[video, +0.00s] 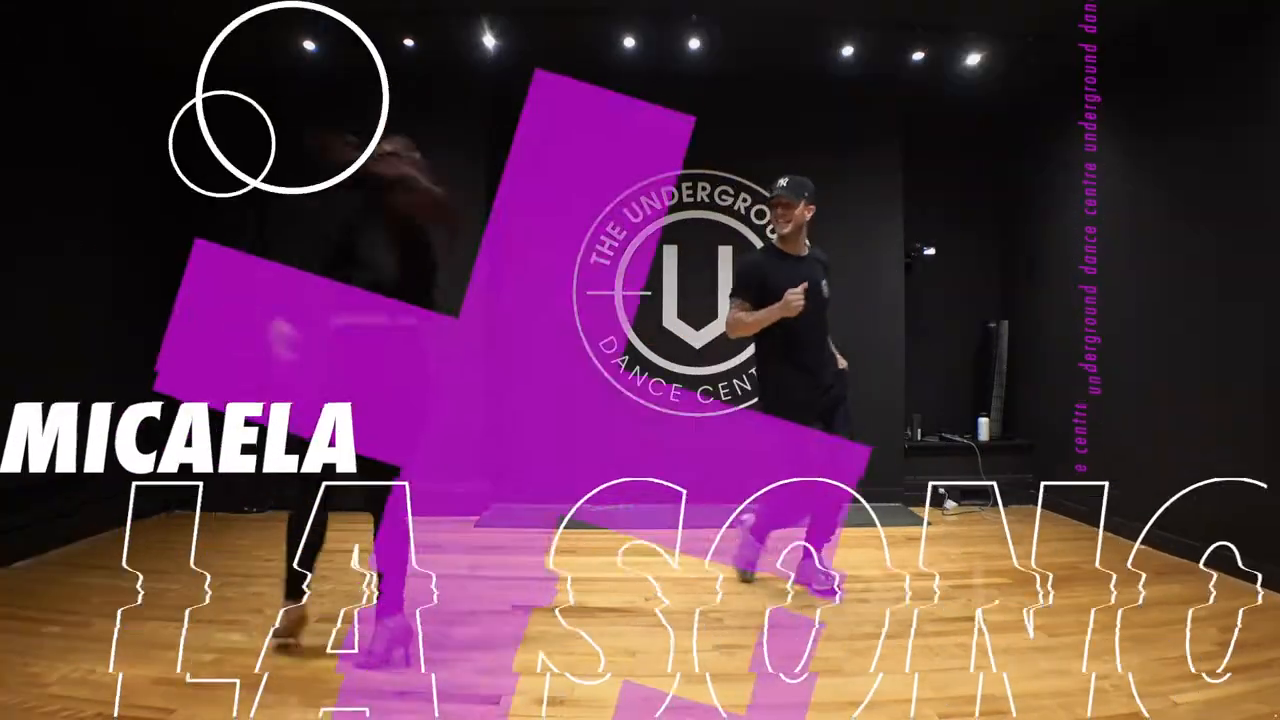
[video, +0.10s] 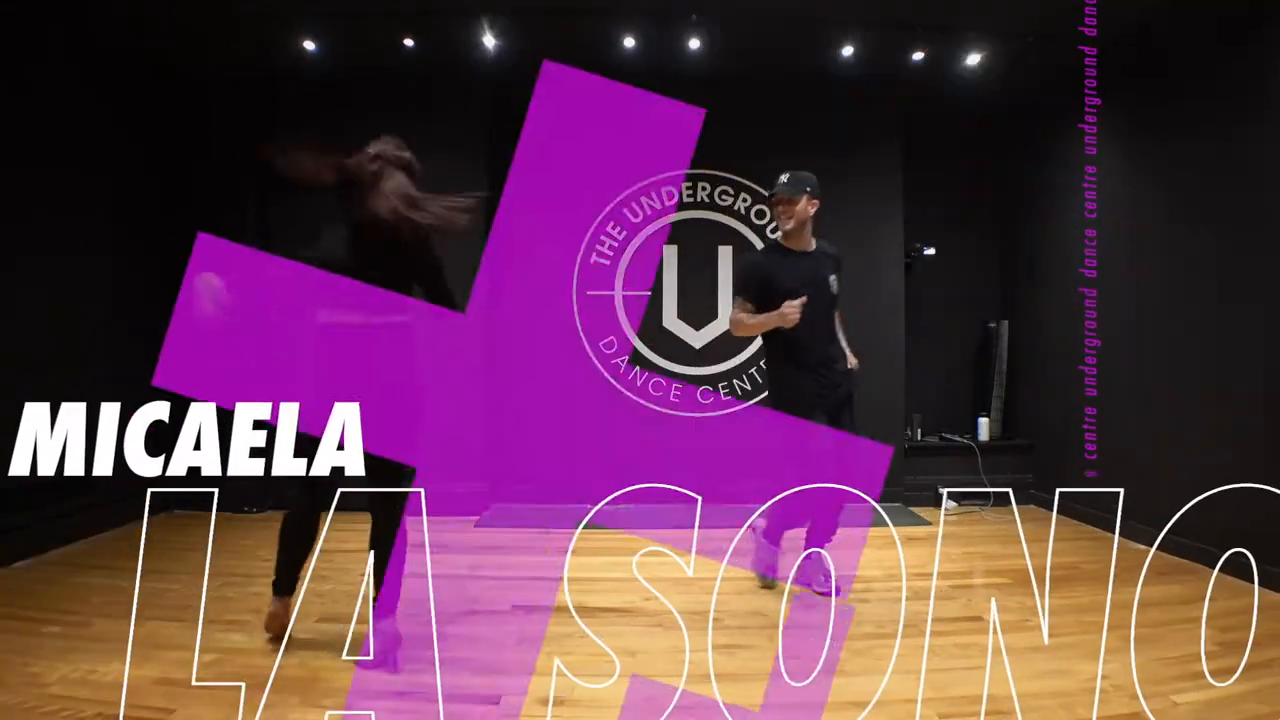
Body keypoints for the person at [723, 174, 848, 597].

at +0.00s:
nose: (779, 214)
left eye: (787, 207)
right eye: (774, 207)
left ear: (808, 211)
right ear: (769, 212)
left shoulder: (818, 262)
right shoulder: (755, 264)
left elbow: (813, 322)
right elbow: (733, 326)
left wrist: (834, 354)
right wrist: (779, 309)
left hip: (825, 382)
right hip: (780, 385)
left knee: (831, 474)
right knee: (785, 474)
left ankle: (813, 562)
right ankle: (754, 541)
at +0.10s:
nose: (782, 210)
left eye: (790, 202)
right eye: (777, 203)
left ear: (812, 205)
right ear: (772, 208)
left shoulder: (828, 257)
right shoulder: (758, 263)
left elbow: (831, 311)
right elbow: (737, 323)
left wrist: (846, 349)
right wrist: (776, 318)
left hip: (834, 380)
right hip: (789, 383)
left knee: (834, 473)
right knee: (796, 472)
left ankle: (815, 558)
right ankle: (768, 541)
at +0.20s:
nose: (781, 207)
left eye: (790, 199)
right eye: (778, 200)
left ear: (814, 201)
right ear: (775, 204)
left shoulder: (839, 253)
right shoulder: (763, 263)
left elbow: (845, 305)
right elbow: (743, 319)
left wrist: (855, 346)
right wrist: (765, 330)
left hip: (842, 380)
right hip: (798, 385)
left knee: (843, 473)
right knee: (825, 468)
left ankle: (813, 555)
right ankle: (784, 546)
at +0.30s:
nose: (780, 208)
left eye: (788, 199)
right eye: (777, 200)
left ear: (815, 199)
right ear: (777, 205)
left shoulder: (850, 249)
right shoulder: (772, 264)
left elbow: (865, 301)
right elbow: (753, 317)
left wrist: (870, 344)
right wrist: (748, 346)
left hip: (848, 382)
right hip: (801, 384)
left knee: (844, 478)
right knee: (820, 466)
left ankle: (814, 558)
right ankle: (821, 570)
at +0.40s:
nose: (777, 213)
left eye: (785, 202)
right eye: (774, 205)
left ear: (813, 200)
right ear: (777, 209)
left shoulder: (856, 252)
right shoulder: (773, 268)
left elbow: (873, 301)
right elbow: (756, 318)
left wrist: (877, 347)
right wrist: (741, 343)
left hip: (854, 387)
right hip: (803, 392)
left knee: (849, 482)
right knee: (824, 475)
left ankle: (821, 562)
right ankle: (835, 582)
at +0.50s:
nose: (773, 217)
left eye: (781, 207)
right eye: (771, 209)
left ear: (811, 203)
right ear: (777, 212)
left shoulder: (859, 255)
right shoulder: (775, 273)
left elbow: (881, 307)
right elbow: (768, 331)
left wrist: (885, 352)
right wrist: (729, 348)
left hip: (861, 392)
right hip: (811, 396)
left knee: (861, 487)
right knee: (826, 484)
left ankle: (823, 563)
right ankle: (837, 590)